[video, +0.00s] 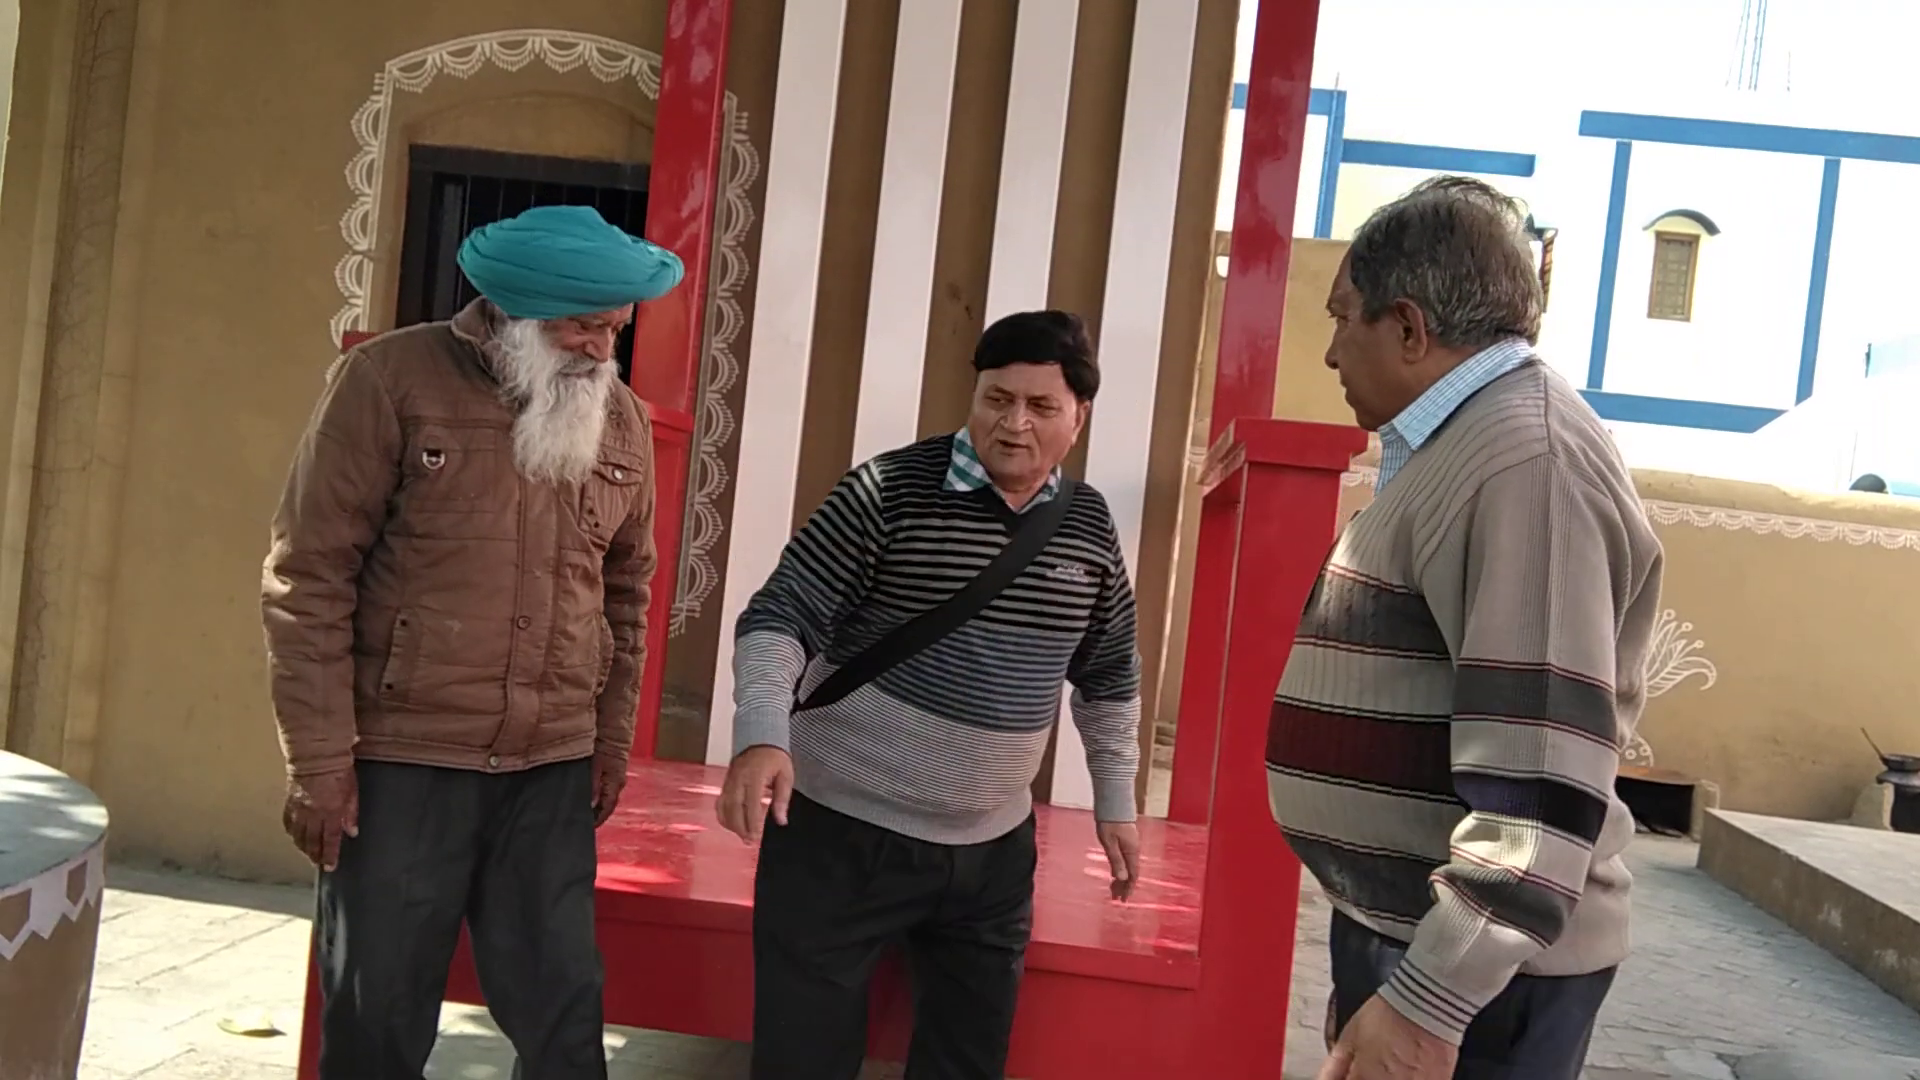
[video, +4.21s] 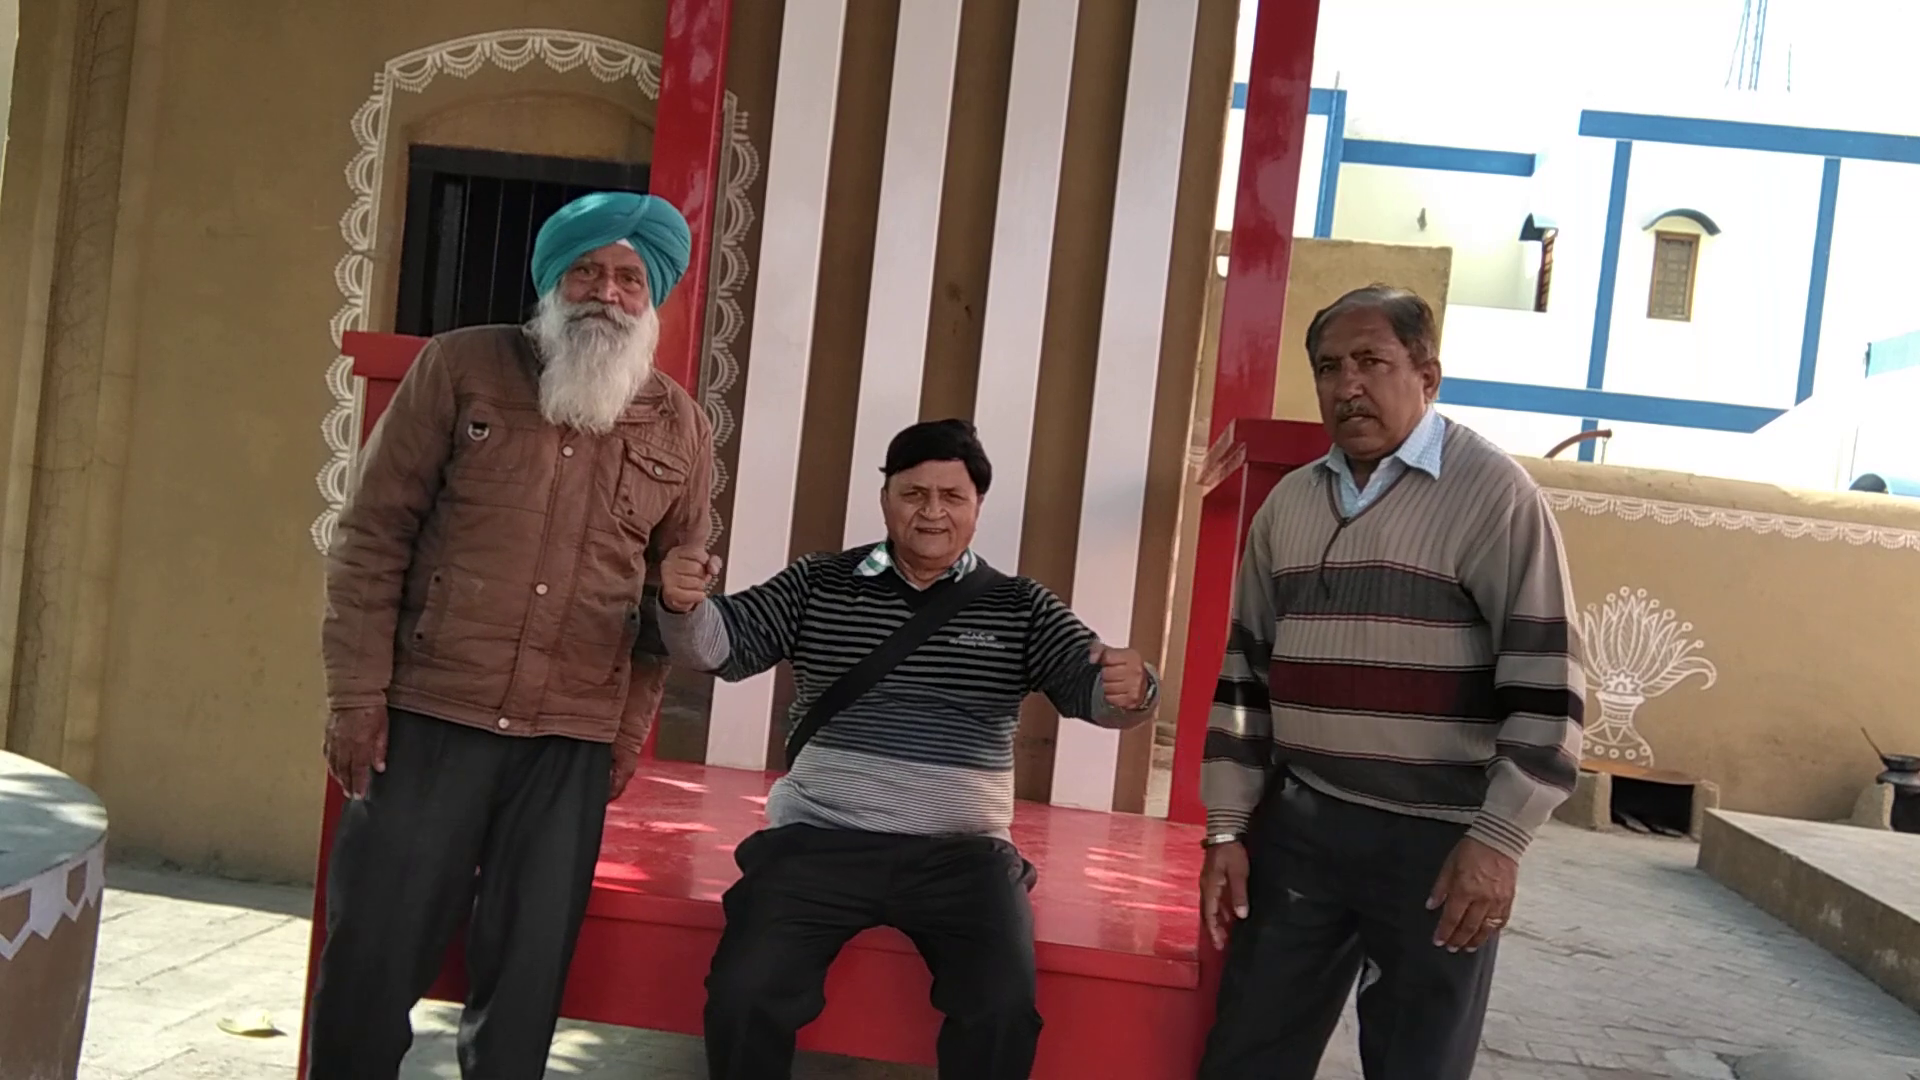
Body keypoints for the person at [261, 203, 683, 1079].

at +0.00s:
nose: (600, 341)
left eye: (612, 322)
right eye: (581, 320)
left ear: (620, 319)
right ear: (515, 310)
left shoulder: (622, 419)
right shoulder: (390, 379)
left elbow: (626, 596)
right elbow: (308, 573)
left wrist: (610, 741)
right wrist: (322, 762)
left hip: (548, 787)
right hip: (404, 781)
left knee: (566, 1037)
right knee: (376, 1044)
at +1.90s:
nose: (692, 317)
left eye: (715, 303)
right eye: (672, 295)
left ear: (733, 326)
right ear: (629, 301)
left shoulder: (740, 446)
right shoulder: (534, 370)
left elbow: (707, 601)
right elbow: (426, 527)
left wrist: (668, 730)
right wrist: (404, 689)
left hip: (610, 762)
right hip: (474, 739)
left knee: (567, 1019)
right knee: (413, 999)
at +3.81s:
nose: (590, 285)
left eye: (612, 271)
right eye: (570, 265)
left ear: (636, 294)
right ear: (532, 276)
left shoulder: (665, 417)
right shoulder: (443, 366)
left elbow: (666, 585)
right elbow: (363, 542)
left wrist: (630, 722)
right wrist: (358, 709)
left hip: (572, 753)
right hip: (435, 741)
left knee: (523, 1005)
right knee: (416, 996)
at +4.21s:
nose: (610, 291)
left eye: (632, 277)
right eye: (591, 269)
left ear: (657, 300)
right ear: (554, 280)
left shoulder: (680, 427)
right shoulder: (460, 365)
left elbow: (676, 593)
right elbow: (374, 533)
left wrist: (631, 728)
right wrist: (357, 697)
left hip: (572, 747)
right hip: (431, 727)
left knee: (524, 999)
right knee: (367, 978)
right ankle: (351, 1074)